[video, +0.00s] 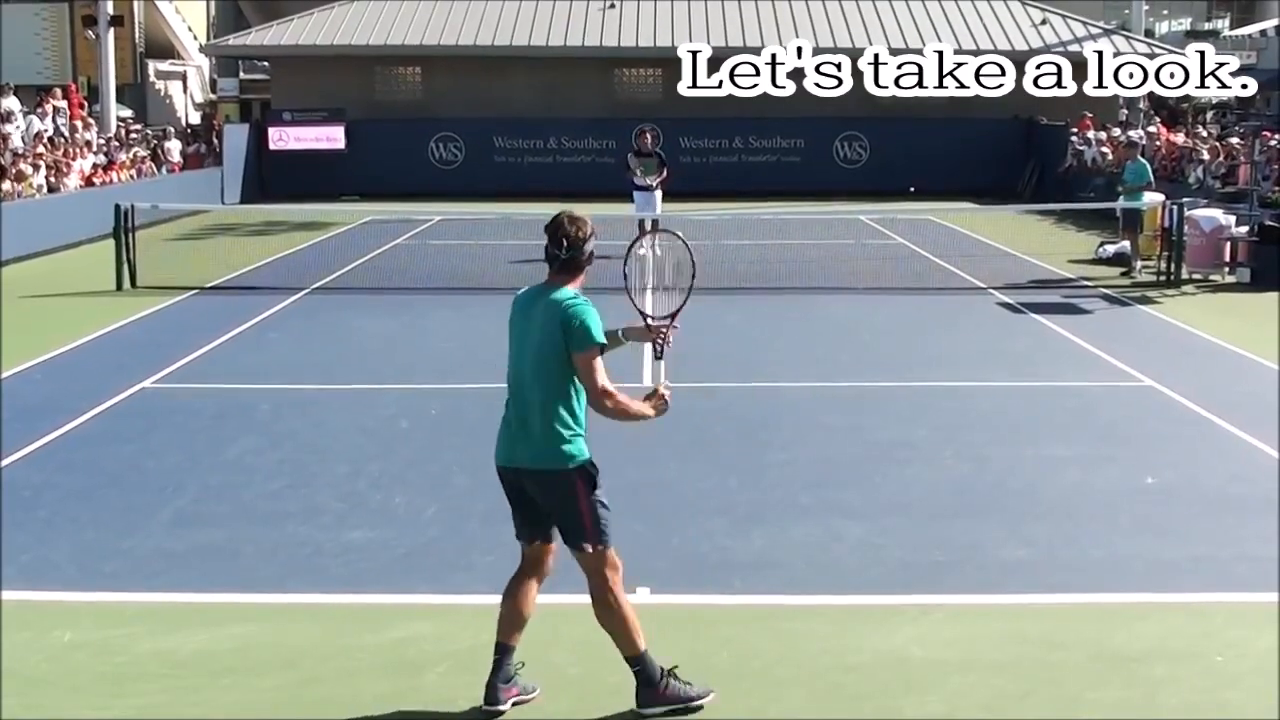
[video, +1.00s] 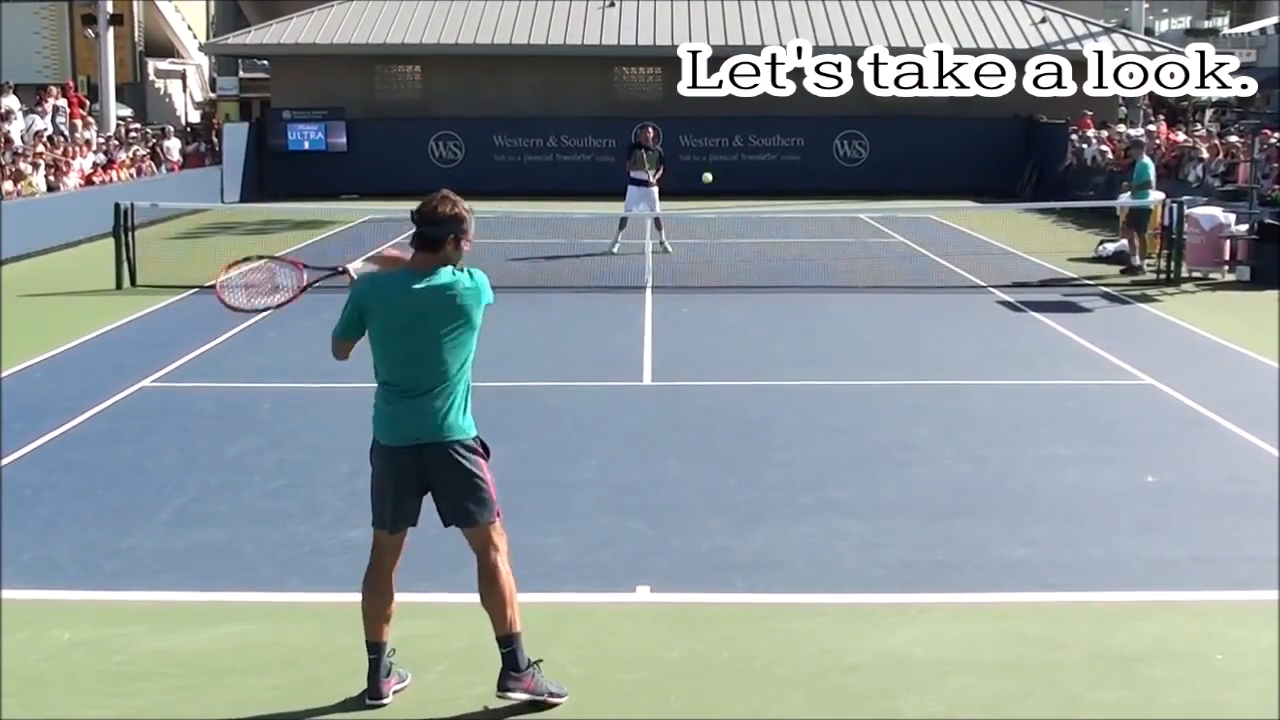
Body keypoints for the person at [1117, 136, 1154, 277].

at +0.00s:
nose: (1125, 153)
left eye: (1127, 150)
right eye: (1125, 150)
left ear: (1135, 150)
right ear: (1127, 150)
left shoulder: (1143, 165)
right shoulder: (1127, 164)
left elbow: (1150, 184)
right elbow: (1124, 180)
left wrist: (1131, 188)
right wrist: (1121, 186)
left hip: (1136, 204)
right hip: (1126, 202)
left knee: (1134, 235)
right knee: (1129, 234)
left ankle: (1136, 265)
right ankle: (1133, 264)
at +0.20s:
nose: (1128, 153)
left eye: (1130, 150)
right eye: (1127, 150)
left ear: (1138, 150)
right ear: (1127, 151)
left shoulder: (1145, 165)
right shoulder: (1129, 165)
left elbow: (1152, 184)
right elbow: (1126, 180)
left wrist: (1132, 188)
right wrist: (1123, 188)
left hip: (1138, 203)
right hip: (1129, 202)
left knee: (1135, 235)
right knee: (1131, 234)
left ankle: (1137, 265)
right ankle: (1134, 263)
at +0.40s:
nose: (1130, 150)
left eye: (1133, 147)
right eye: (1130, 147)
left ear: (1140, 148)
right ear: (1130, 148)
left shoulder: (1146, 164)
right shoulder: (1131, 164)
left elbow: (1153, 183)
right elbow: (1129, 180)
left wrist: (1135, 187)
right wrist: (1125, 188)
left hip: (1140, 204)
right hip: (1131, 203)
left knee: (1135, 234)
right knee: (1132, 234)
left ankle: (1140, 265)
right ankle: (1136, 264)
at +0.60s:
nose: (1131, 153)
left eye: (1133, 149)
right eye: (1130, 149)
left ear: (1140, 150)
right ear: (1131, 150)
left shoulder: (1146, 163)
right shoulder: (1135, 164)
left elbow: (1153, 182)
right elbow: (1136, 181)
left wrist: (1133, 188)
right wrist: (1127, 187)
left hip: (1141, 203)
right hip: (1133, 202)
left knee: (1138, 235)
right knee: (1134, 234)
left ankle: (1141, 265)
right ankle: (1136, 263)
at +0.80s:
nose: (1130, 152)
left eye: (1132, 149)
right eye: (1130, 149)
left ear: (1139, 149)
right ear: (1135, 149)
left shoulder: (1146, 163)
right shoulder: (1138, 163)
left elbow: (1151, 182)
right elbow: (1139, 181)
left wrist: (1131, 187)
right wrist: (1129, 186)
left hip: (1142, 204)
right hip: (1135, 202)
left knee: (1139, 234)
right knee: (1135, 233)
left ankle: (1141, 263)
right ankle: (1135, 262)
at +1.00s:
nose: (1131, 153)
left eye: (1133, 149)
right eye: (1131, 150)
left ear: (1140, 149)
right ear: (1136, 150)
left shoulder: (1145, 164)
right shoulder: (1139, 163)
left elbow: (1149, 184)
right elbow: (1141, 182)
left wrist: (1132, 187)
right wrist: (1130, 186)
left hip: (1143, 204)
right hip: (1137, 203)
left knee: (1141, 233)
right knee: (1129, 231)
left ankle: (1140, 263)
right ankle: (1134, 262)